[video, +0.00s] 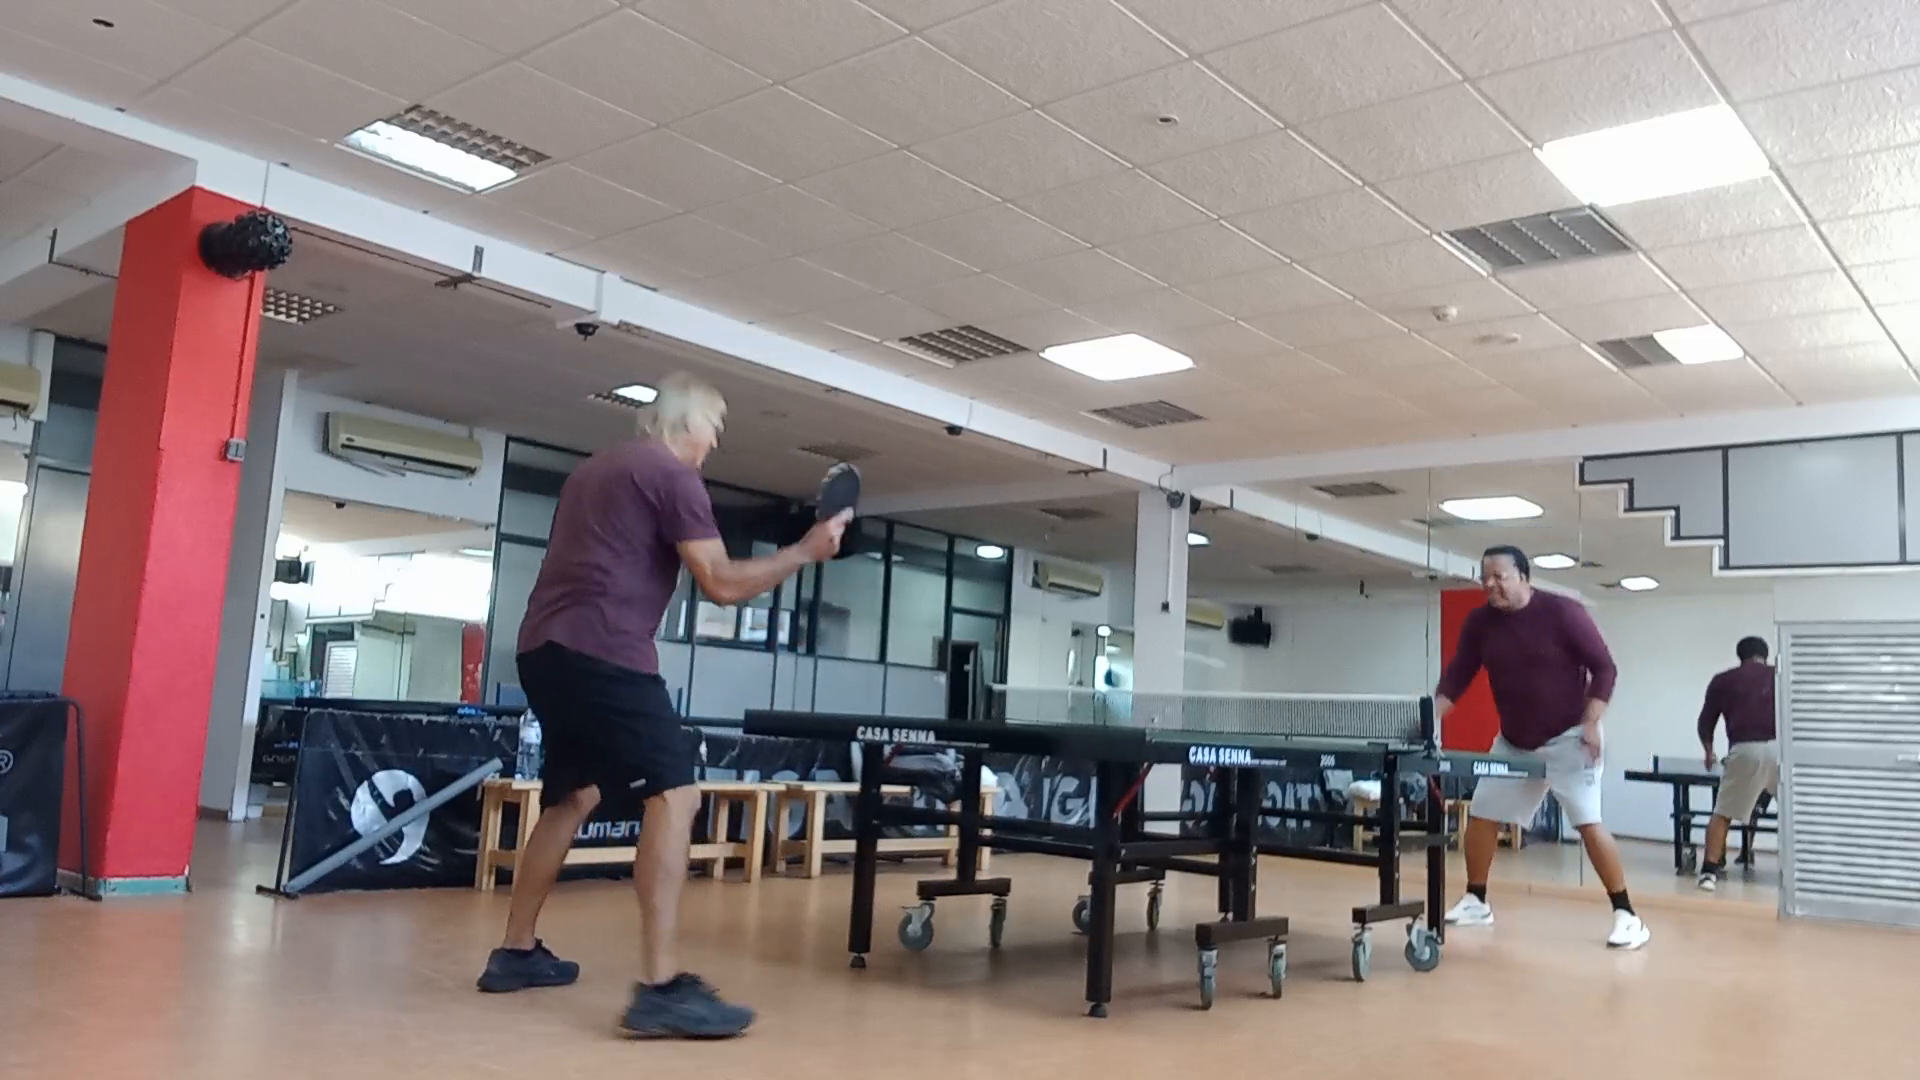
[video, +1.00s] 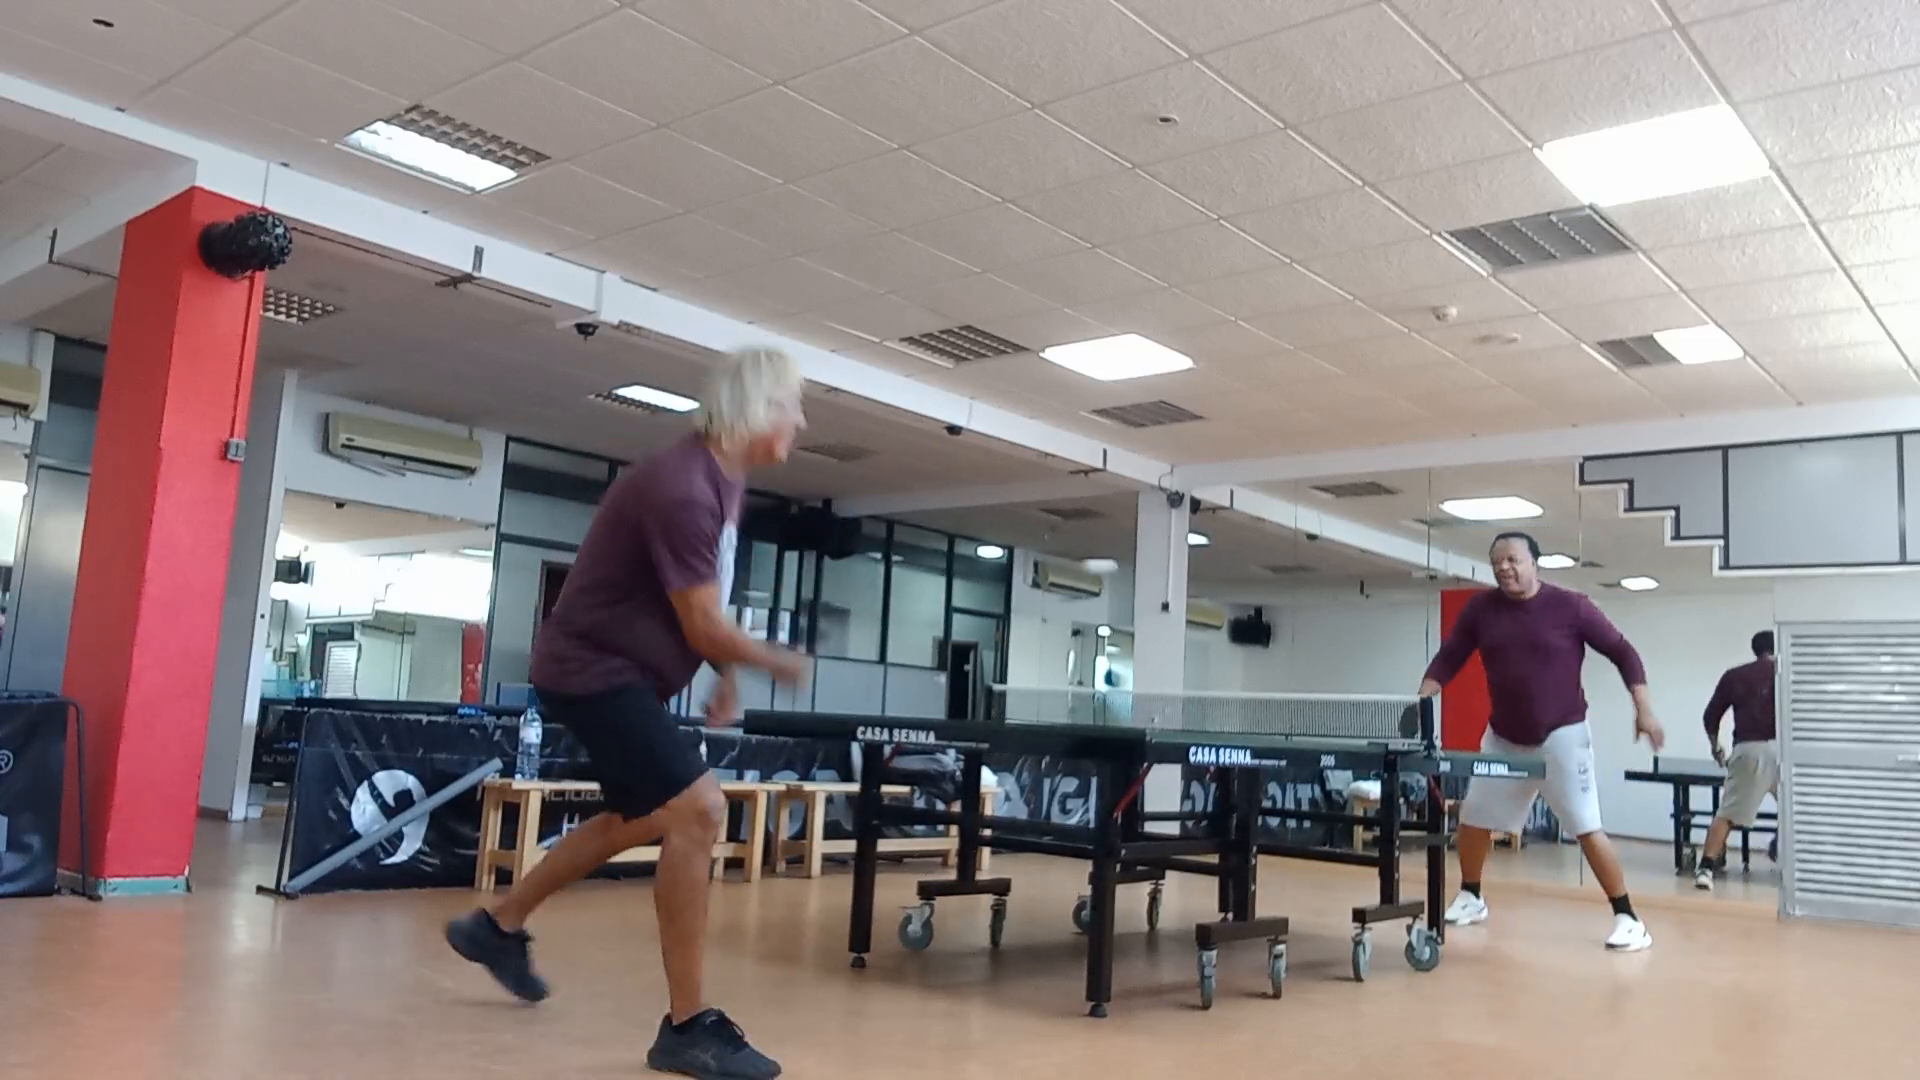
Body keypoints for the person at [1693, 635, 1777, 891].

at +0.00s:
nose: (1763, 662)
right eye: (1764, 658)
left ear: (1739, 657)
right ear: (1766, 657)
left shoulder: (1723, 680)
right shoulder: (1780, 677)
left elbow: (1705, 722)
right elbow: (1797, 710)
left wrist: (1709, 750)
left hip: (1745, 753)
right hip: (1783, 751)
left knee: (1722, 815)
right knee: (1799, 813)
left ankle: (1709, 872)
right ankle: (1804, 873)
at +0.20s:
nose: (1763, 668)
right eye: (1766, 663)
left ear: (1742, 665)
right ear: (1768, 663)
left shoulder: (1727, 690)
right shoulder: (1781, 682)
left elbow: (1723, 736)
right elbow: (1796, 720)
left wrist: (1744, 751)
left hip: (1747, 761)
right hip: (1783, 758)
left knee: (1725, 818)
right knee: (1800, 815)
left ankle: (1709, 872)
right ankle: (1806, 872)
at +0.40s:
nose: (1773, 668)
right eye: (1774, 663)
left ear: (1751, 663)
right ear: (1774, 663)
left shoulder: (1735, 687)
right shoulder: (1781, 681)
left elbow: (1743, 721)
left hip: (1746, 756)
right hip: (1780, 752)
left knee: (1730, 816)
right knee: (1802, 814)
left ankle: (1709, 871)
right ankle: (1807, 871)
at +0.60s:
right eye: (1777, 653)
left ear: (1758, 652)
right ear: (1778, 653)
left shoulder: (1738, 675)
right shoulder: (1784, 675)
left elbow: (1735, 709)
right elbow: (1793, 710)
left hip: (1743, 750)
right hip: (1777, 750)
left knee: (1726, 815)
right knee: (1799, 814)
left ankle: (1704, 871)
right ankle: (1805, 872)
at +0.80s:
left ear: (1757, 649)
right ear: (1779, 649)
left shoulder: (1737, 674)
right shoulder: (1789, 673)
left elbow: (1719, 712)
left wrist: (1724, 737)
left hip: (1744, 750)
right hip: (1780, 750)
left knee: (1725, 816)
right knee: (1798, 811)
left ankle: (1704, 871)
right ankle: (1801, 872)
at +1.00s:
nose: (1771, 656)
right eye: (1774, 651)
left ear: (1755, 651)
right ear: (1777, 650)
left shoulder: (1735, 676)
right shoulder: (1791, 673)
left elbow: (1711, 715)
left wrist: (1715, 744)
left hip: (1748, 751)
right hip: (1785, 751)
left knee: (1725, 814)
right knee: (1800, 811)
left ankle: (1706, 868)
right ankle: (1797, 868)